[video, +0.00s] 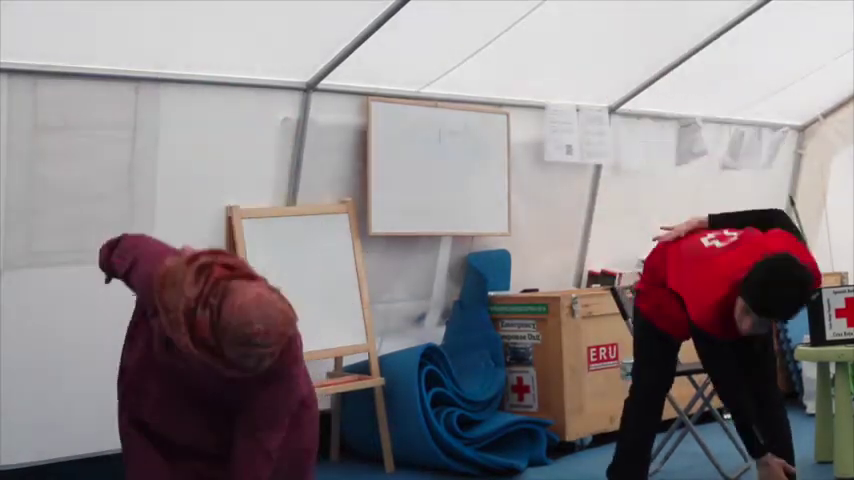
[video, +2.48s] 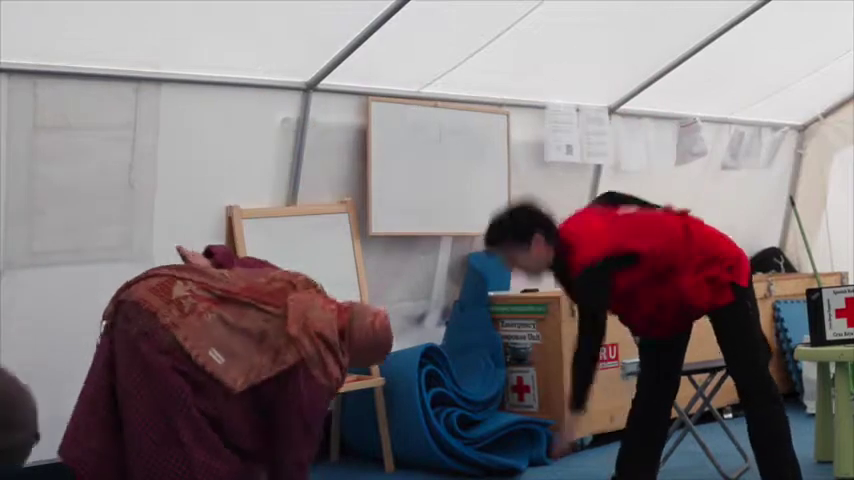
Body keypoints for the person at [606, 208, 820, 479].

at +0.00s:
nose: (746, 326)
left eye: (760, 322)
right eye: (745, 312)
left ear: (781, 317)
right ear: (741, 293)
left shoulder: (807, 274)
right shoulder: (709, 308)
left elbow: (776, 217)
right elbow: (730, 390)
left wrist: (704, 222)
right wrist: (763, 457)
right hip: (665, 290)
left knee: (765, 394)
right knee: (648, 397)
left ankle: (785, 472)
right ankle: (626, 474)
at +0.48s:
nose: (694, 156)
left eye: (708, 149)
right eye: (693, 144)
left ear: (738, 157)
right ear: (689, 143)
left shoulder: (763, 190)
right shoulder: (663, 195)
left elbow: (739, 240)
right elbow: (660, 271)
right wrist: (692, 322)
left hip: (734, 301)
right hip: (663, 301)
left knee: (759, 406)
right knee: (643, 409)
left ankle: (778, 475)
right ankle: (625, 477)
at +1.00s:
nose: (640, 68)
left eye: (651, 59)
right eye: (641, 59)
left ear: (683, 70)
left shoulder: (724, 129)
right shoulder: (625, 130)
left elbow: (751, 201)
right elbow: (561, 156)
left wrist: (705, 231)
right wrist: (500, 141)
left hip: (708, 278)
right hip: (637, 281)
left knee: (748, 396)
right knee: (634, 405)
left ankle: (777, 477)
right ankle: (625, 479)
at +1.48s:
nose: (601, 74)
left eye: (611, 64)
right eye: (602, 66)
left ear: (642, 74)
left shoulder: (676, 114)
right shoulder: (606, 142)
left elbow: (713, 126)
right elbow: (624, 213)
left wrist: (675, 116)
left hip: (697, 274)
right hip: (633, 282)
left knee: (740, 391)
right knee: (629, 404)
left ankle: (775, 476)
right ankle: (623, 477)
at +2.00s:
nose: (513, 298)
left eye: (512, 288)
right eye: (506, 292)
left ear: (531, 272)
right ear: (532, 268)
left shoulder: (584, 281)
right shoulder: (564, 245)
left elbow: (594, 363)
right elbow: (600, 195)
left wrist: (590, 436)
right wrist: (649, 216)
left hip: (713, 275)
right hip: (661, 299)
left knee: (755, 390)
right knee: (651, 406)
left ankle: (784, 473)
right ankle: (632, 473)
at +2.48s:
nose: (514, 267)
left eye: (513, 257)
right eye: (507, 261)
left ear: (536, 241)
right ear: (537, 237)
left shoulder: (585, 262)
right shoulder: (572, 231)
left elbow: (590, 339)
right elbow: (610, 196)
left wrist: (574, 413)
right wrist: (666, 213)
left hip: (717, 271)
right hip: (664, 291)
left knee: (754, 386)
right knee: (652, 401)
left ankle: (782, 473)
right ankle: (633, 474)